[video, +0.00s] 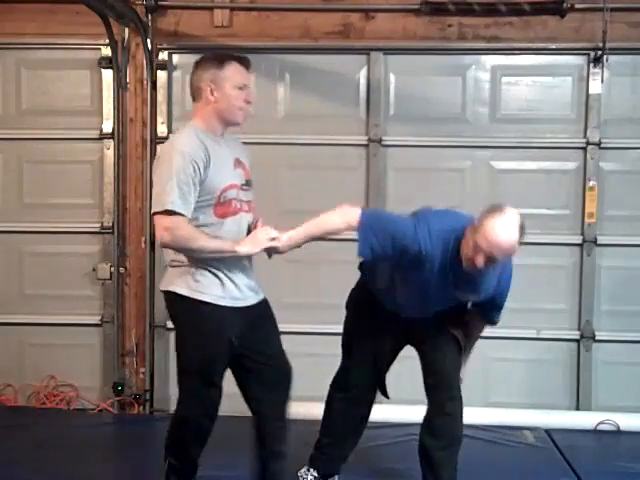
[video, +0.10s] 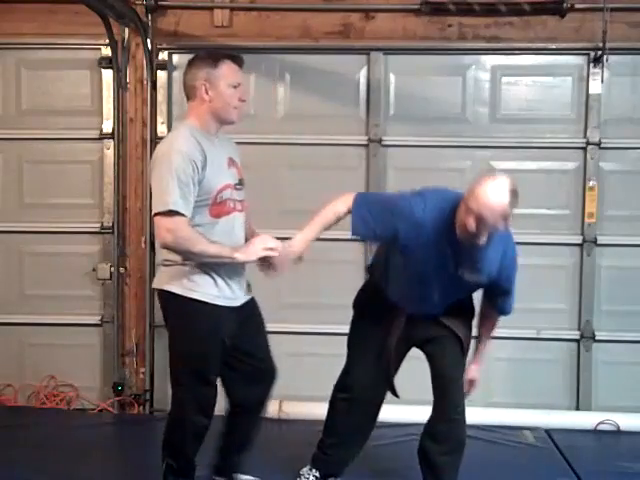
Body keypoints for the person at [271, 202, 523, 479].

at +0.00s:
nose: (479, 262)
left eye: (491, 259)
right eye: (478, 250)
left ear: (505, 256)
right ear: (471, 230)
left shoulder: (498, 273)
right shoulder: (422, 238)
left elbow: (478, 321)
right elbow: (350, 216)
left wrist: (453, 367)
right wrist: (291, 238)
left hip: (437, 315)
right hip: (380, 303)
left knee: (446, 397)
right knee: (355, 384)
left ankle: (440, 475)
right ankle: (321, 470)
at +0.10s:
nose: (476, 228)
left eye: (487, 224)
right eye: (472, 215)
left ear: (503, 222)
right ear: (464, 199)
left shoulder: (502, 250)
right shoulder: (420, 212)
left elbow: (494, 304)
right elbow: (346, 203)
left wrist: (477, 361)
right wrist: (298, 243)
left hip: (446, 312)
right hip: (387, 301)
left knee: (451, 400)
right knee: (360, 387)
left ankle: (440, 473)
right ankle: (323, 469)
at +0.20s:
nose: (451, 185)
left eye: (464, 182)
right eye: (451, 173)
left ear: (490, 189)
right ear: (449, 165)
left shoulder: (498, 230)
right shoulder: (412, 190)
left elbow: (506, 296)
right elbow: (350, 210)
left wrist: (495, 360)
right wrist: (323, 262)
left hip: (450, 309)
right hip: (391, 300)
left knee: (450, 404)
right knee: (362, 389)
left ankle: (439, 473)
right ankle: (339, 468)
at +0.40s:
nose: (413, 135)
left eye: (424, 130)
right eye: (415, 126)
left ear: (455, 139)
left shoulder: (480, 194)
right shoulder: (395, 169)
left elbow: (513, 270)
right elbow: (377, 225)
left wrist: (527, 343)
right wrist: (371, 282)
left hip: (455, 306)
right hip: (398, 301)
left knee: (448, 401)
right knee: (386, 389)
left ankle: (441, 472)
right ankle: (399, 470)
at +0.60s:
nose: (380, 115)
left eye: (388, 108)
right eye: (382, 107)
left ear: (416, 115)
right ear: (408, 115)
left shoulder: (451, 170)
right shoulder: (383, 161)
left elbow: (489, 243)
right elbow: (375, 227)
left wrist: (502, 311)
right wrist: (362, 284)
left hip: (451, 301)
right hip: (400, 297)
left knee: (441, 401)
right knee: (390, 400)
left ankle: (444, 472)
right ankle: (400, 471)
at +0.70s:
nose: (372, 112)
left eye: (379, 105)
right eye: (373, 104)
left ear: (405, 110)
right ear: (399, 111)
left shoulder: (442, 164)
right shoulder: (383, 158)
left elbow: (470, 241)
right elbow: (374, 229)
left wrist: (467, 308)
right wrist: (357, 283)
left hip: (442, 297)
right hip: (399, 296)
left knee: (433, 390)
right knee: (384, 396)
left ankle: (461, 470)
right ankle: (399, 472)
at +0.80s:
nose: (372, 109)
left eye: (377, 102)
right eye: (373, 102)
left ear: (401, 106)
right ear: (401, 106)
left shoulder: (438, 163)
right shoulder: (389, 158)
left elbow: (449, 244)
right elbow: (379, 230)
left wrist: (423, 311)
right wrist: (357, 280)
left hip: (446, 290)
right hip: (406, 288)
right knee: (384, 388)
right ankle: (398, 472)